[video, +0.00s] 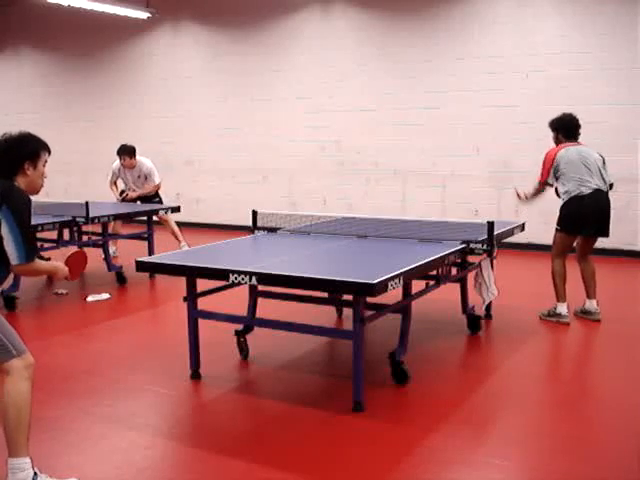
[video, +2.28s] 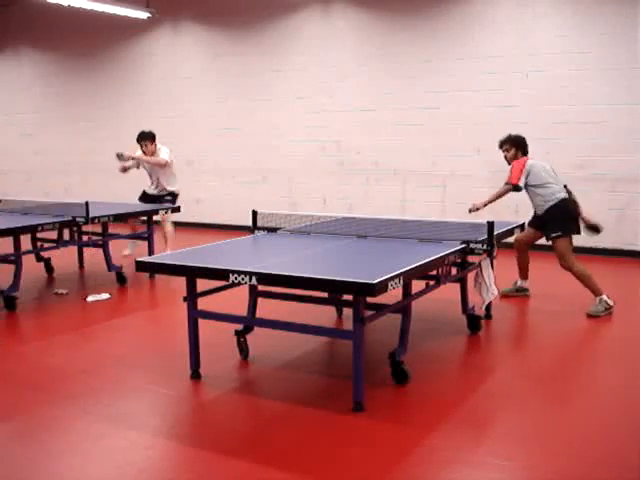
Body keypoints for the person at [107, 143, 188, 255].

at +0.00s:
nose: (121, 163)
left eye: (124, 160)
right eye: (120, 159)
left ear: (132, 158)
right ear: (119, 159)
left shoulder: (146, 165)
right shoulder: (117, 167)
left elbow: (156, 185)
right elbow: (112, 182)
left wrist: (136, 194)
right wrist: (118, 195)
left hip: (149, 195)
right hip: (130, 194)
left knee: (162, 216)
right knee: (117, 218)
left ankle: (182, 243)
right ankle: (113, 247)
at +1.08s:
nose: (131, 151)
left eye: (133, 148)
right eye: (130, 148)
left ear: (142, 147)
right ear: (129, 148)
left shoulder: (155, 157)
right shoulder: (127, 158)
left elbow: (169, 174)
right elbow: (120, 174)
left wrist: (152, 186)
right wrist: (128, 186)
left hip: (156, 193)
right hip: (134, 193)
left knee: (169, 216)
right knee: (122, 218)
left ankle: (183, 244)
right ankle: (113, 247)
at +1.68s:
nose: (127, 142)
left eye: (130, 139)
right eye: (126, 139)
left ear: (138, 139)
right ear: (124, 138)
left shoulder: (149, 154)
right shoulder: (119, 150)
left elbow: (155, 174)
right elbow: (107, 166)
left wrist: (144, 182)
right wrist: (117, 178)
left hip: (140, 192)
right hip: (120, 192)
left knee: (152, 220)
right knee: (111, 221)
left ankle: (165, 248)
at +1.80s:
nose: (134, 156)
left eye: (137, 153)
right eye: (132, 153)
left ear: (143, 153)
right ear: (129, 153)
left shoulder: (151, 168)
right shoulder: (123, 165)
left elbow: (162, 187)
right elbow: (114, 184)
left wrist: (167, 200)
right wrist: (131, 192)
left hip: (142, 204)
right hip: (122, 203)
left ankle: (160, 251)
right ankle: (94, 248)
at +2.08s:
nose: (148, 160)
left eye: (150, 156)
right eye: (144, 158)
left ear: (153, 155)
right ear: (139, 159)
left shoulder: (160, 165)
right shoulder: (135, 167)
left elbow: (174, 178)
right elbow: (127, 185)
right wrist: (138, 198)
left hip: (157, 200)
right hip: (141, 201)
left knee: (155, 220)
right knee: (117, 223)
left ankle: (165, 252)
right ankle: (97, 247)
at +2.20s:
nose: (146, 153)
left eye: (148, 150)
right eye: (143, 151)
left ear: (153, 146)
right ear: (141, 150)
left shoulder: (163, 154)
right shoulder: (141, 160)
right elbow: (131, 177)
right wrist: (128, 175)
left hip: (165, 195)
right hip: (147, 194)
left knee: (156, 219)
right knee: (126, 218)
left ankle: (165, 250)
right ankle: (121, 242)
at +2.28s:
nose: (143, 149)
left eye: (146, 145)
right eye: (141, 146)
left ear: (153, 144)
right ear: (140, 146)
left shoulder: (164, 151)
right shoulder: (141, 154)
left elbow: (163, 162)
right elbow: (135, 163)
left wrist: (138, 158)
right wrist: (126, 166)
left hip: (168, 191)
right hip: (152, 190)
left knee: (164, 219)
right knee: (133, 217)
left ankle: (168, 250)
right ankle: (133, 244)